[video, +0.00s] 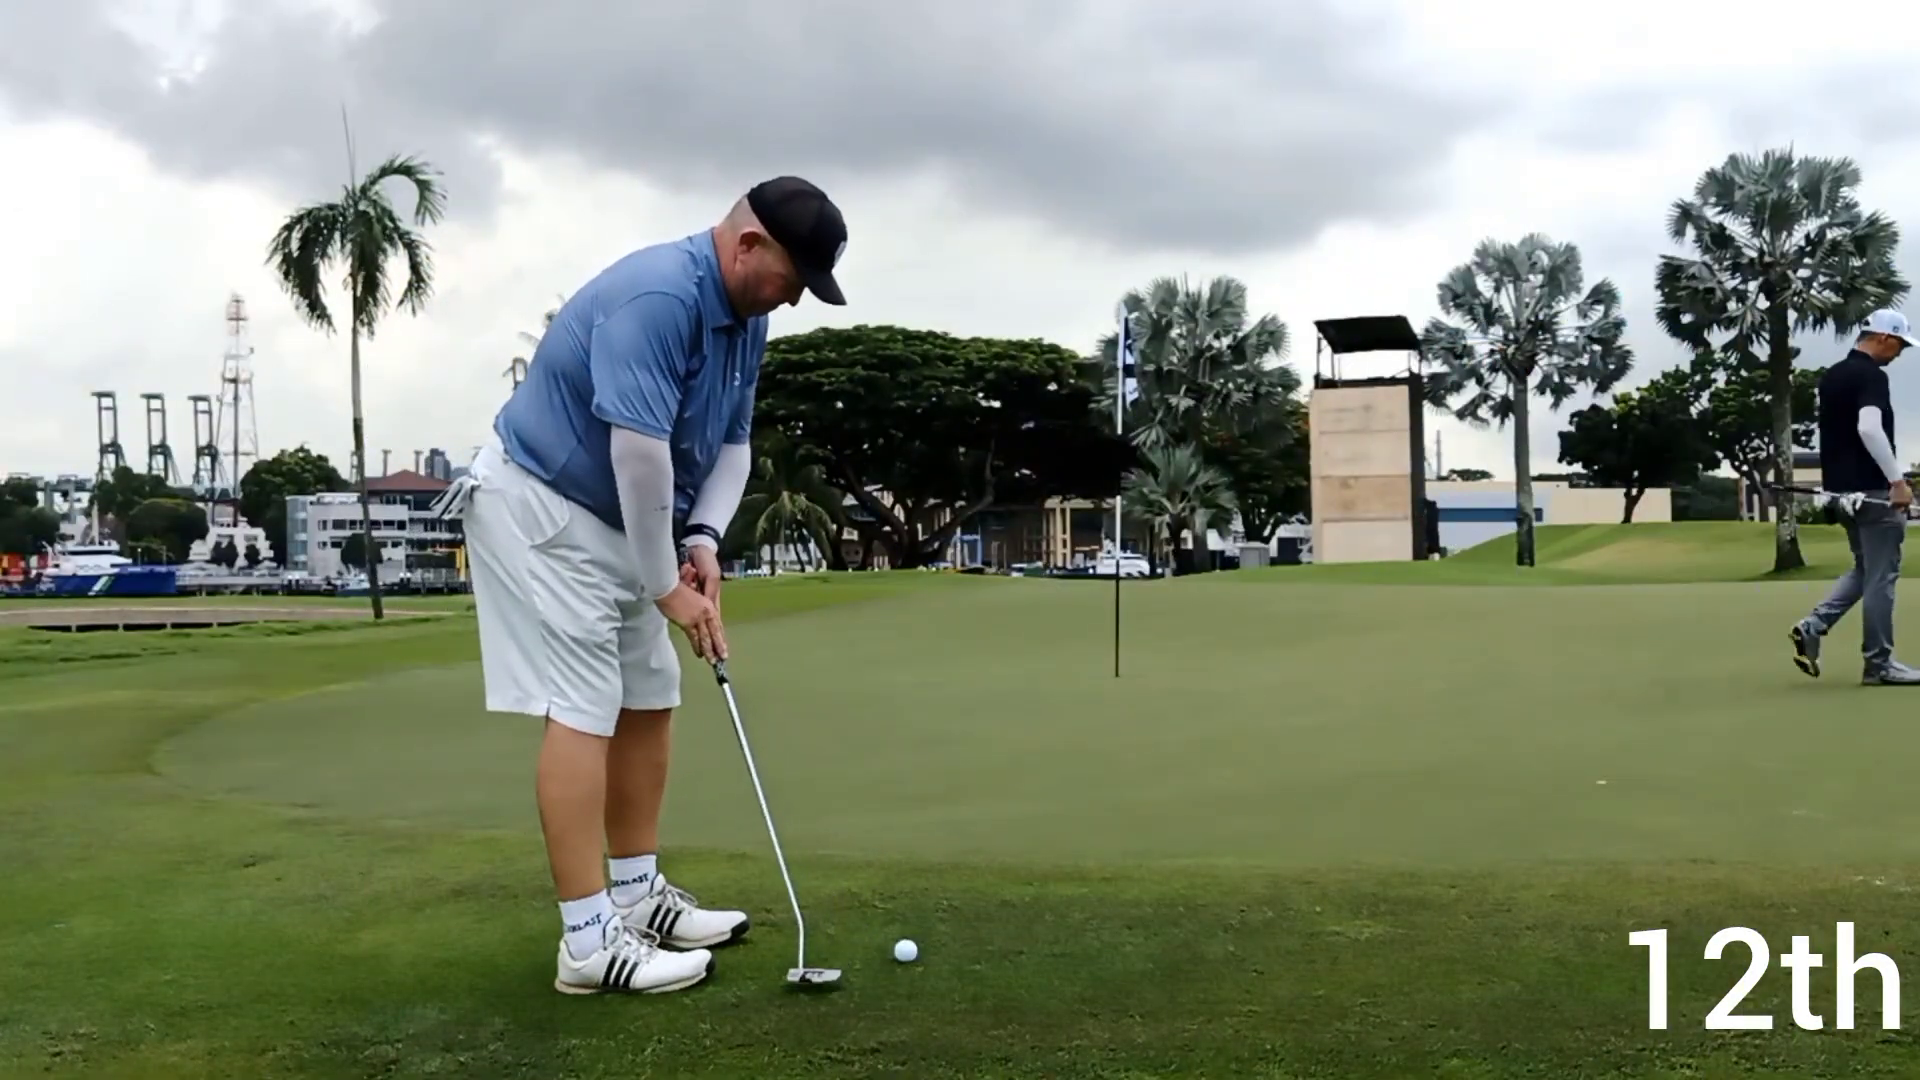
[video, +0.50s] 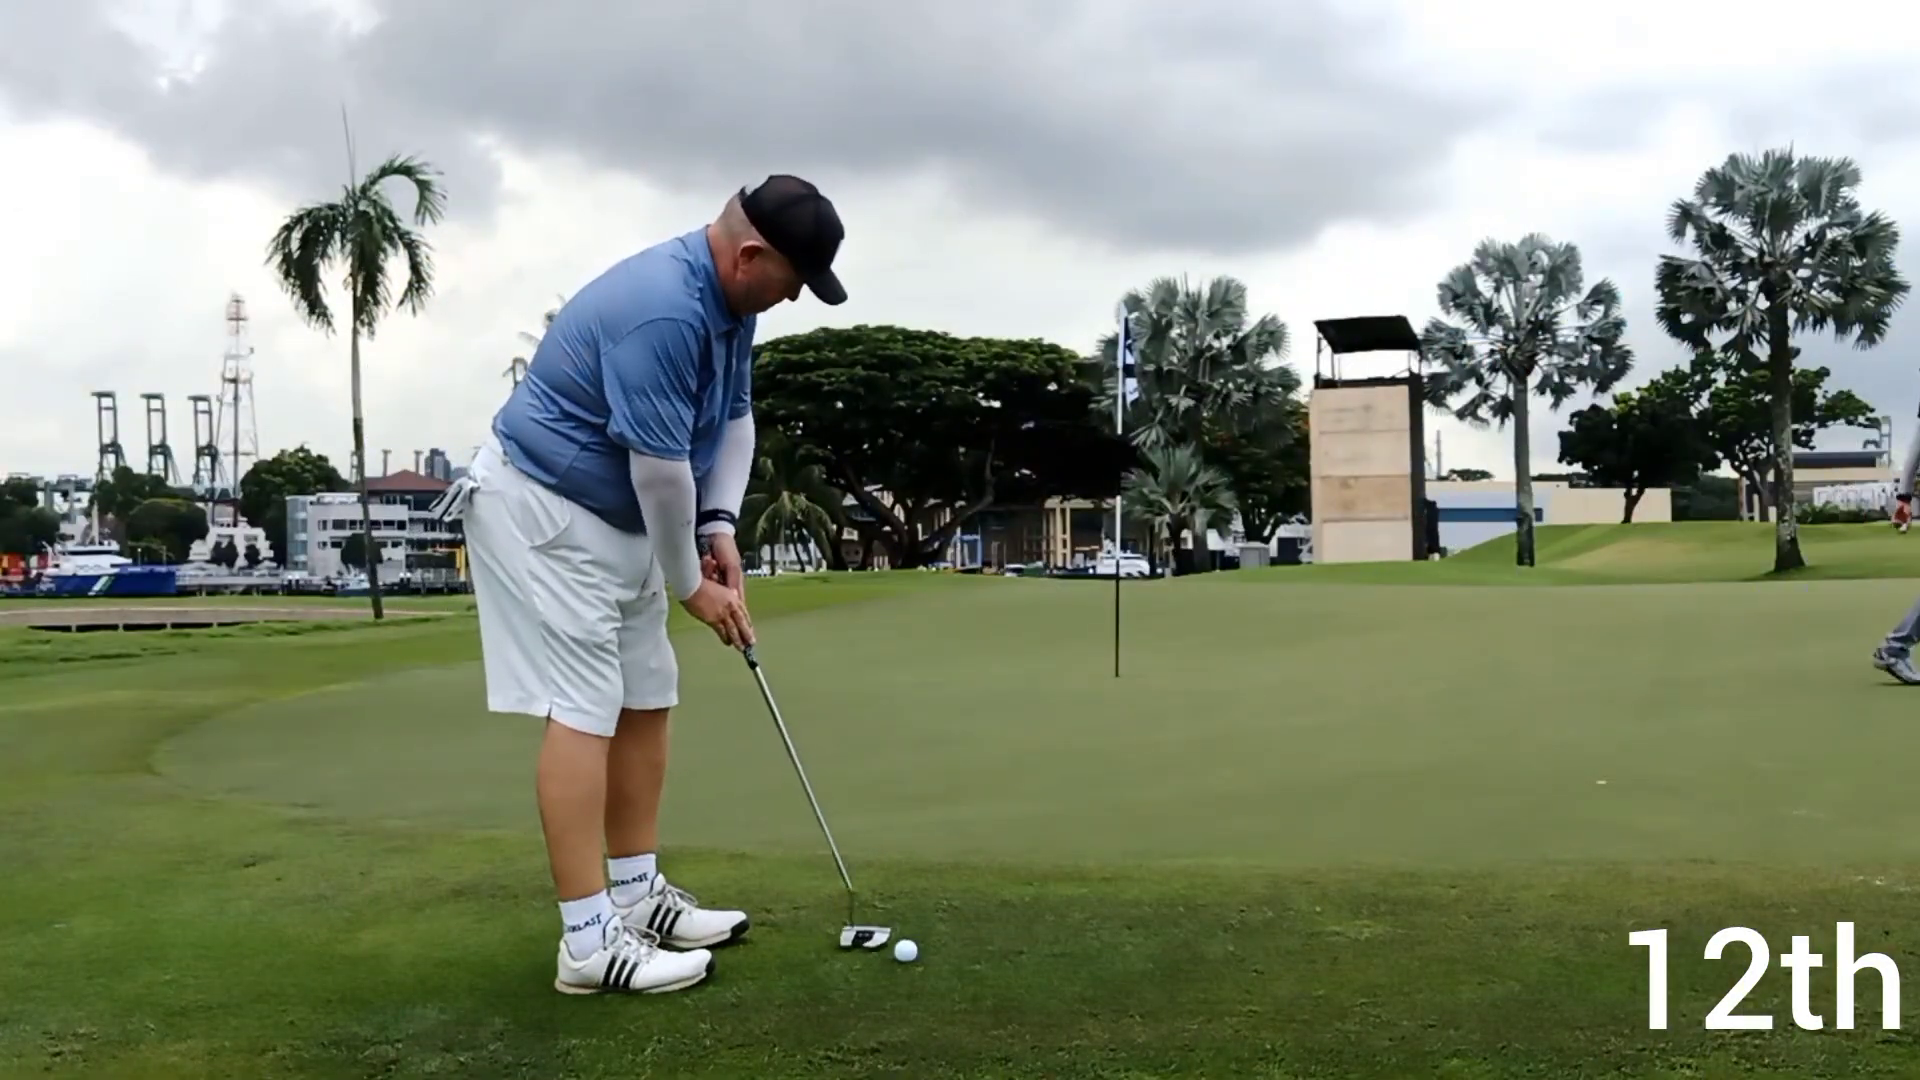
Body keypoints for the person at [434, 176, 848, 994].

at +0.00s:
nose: (794, 298)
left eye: (803, 285)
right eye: (792, 279)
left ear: (758, 248)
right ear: (749, 242)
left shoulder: (744, 314)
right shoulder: (653, 300)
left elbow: (731, 444)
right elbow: (639, 460)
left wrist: (706, 536)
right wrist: (665, 583)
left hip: (622, 514)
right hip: (542, 502)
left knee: (647, 695)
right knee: (582, 704)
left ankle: (636, 898)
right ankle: (586, 941)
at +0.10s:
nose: (794, 297)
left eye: (804, 285)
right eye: (792, 279)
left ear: (759, 250)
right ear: (749, 244)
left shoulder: (741, 312)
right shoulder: (655, 305)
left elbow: (732, 437)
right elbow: (644, 461)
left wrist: (709, 530)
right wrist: (673, 586)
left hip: (622, 511)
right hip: (542, 501)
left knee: (646, 693)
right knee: (582, 703)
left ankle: (635, 898)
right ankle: (586, 940)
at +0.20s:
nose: (794, 297)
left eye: (803, 285)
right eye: (792, 280)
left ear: (756, 251)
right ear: (748, 247)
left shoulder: (737, 311)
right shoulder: (657, 307)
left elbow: (732, 434)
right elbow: (651, 467)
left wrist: (713, 526)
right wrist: (681, 587)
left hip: (626, 510)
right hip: (544, 501)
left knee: (645, 695)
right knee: (583, 704)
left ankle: (635, 898)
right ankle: (586, 940)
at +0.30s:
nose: (792, 296)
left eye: (800, 284)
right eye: (790, 280)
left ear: (753, 250)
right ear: (749, 250)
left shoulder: (729, 305)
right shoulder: (660, 312)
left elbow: (734, 423)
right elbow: (662, 477)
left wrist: (720, 521)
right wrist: (689, 585)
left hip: (625, 509)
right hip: (546, 502)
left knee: (644, 697)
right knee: (583, 705)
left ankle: (636, 898)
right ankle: (586, 940)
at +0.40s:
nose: (791, 296)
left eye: (798, 283)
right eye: (791, 280)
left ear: (750, 251)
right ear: (748, 254)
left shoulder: (725, 303)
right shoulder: (660, 315)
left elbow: (735, 419)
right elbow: (667, 481)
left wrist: (724, 518)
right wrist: (694, 583)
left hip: (625, 510)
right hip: (546, 504)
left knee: (644, 698)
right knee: (583, 706)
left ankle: (635, 898)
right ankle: (586, 941)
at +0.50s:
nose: (792, 296)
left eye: (799, 284)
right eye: (791, 280)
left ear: (752, 252)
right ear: (749, 254)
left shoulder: (727, 305)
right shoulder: (659, 312)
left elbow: (734, 425)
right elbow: (660, 476)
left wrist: (721, 523)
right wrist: (688, 585)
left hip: (625, 509)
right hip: (545, 503)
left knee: (644, 698)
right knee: (583, 706)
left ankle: (635, 898)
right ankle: (586, 941)